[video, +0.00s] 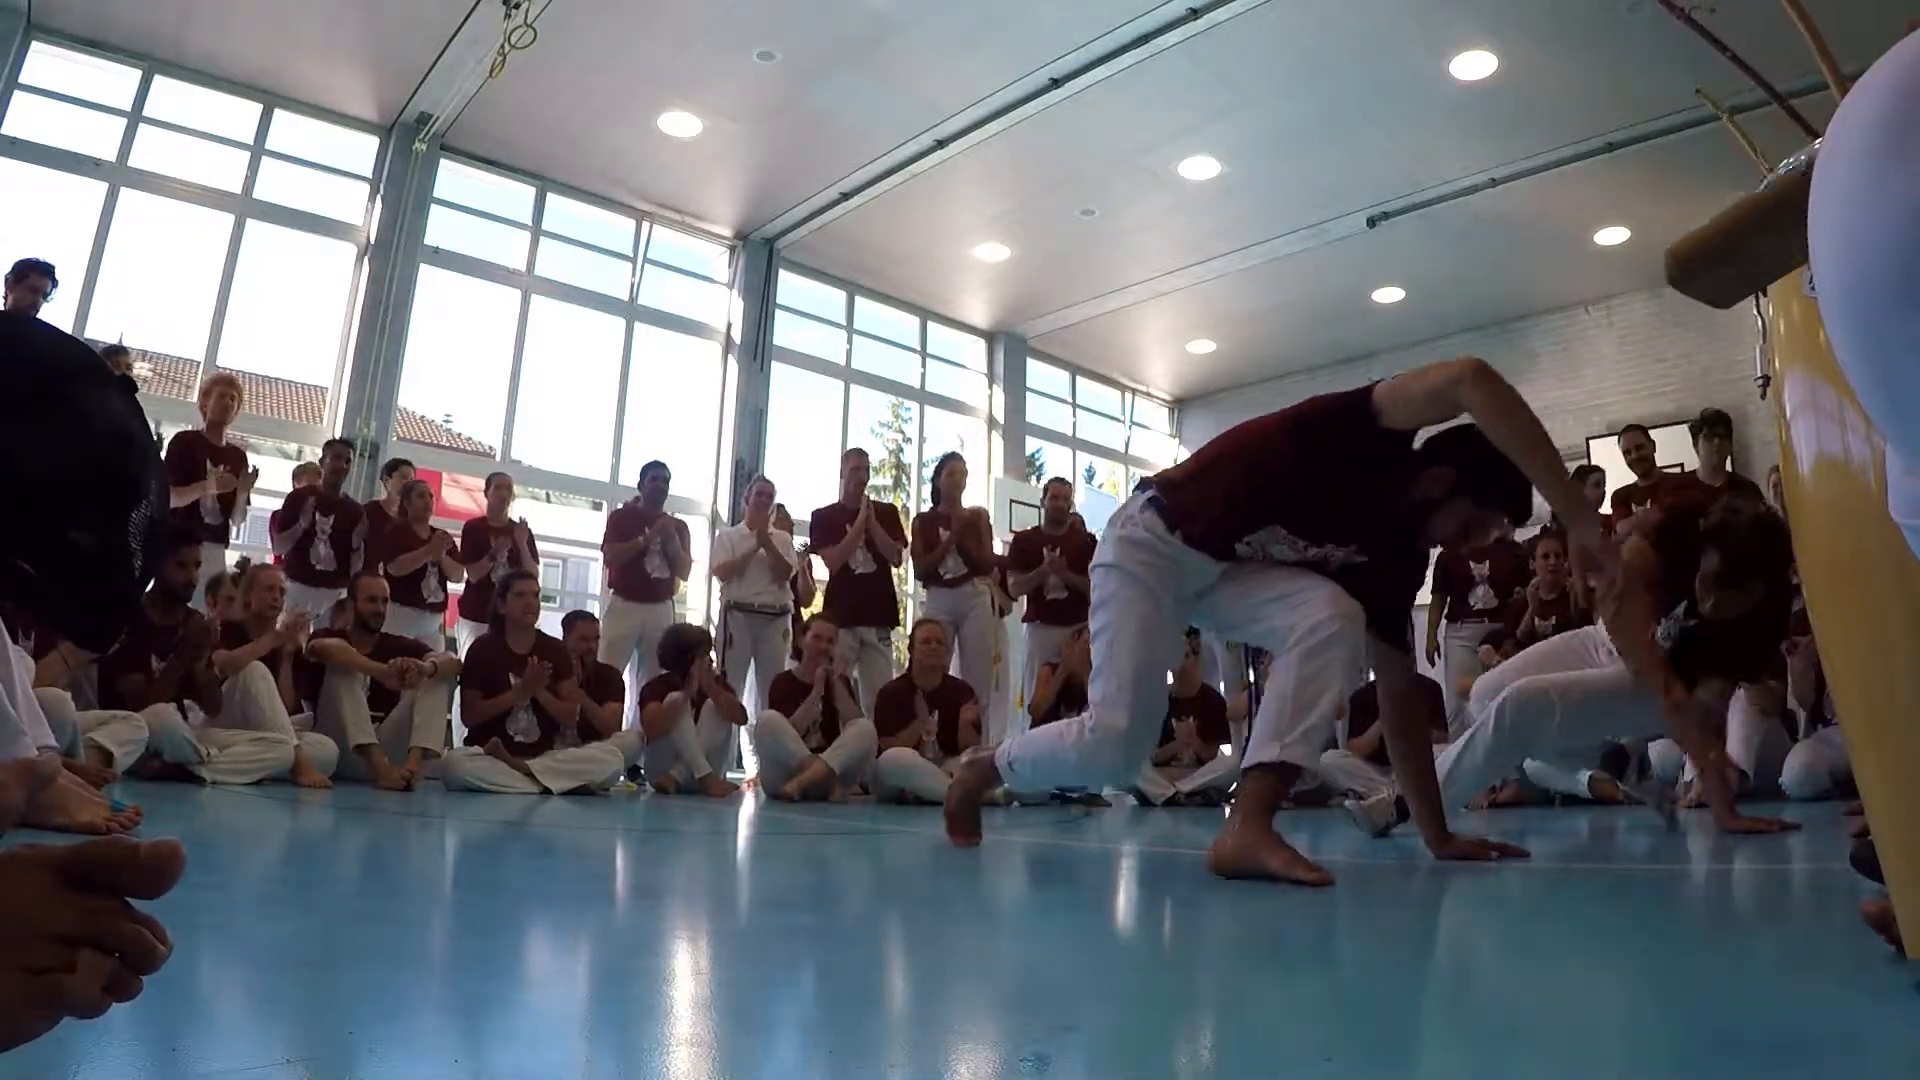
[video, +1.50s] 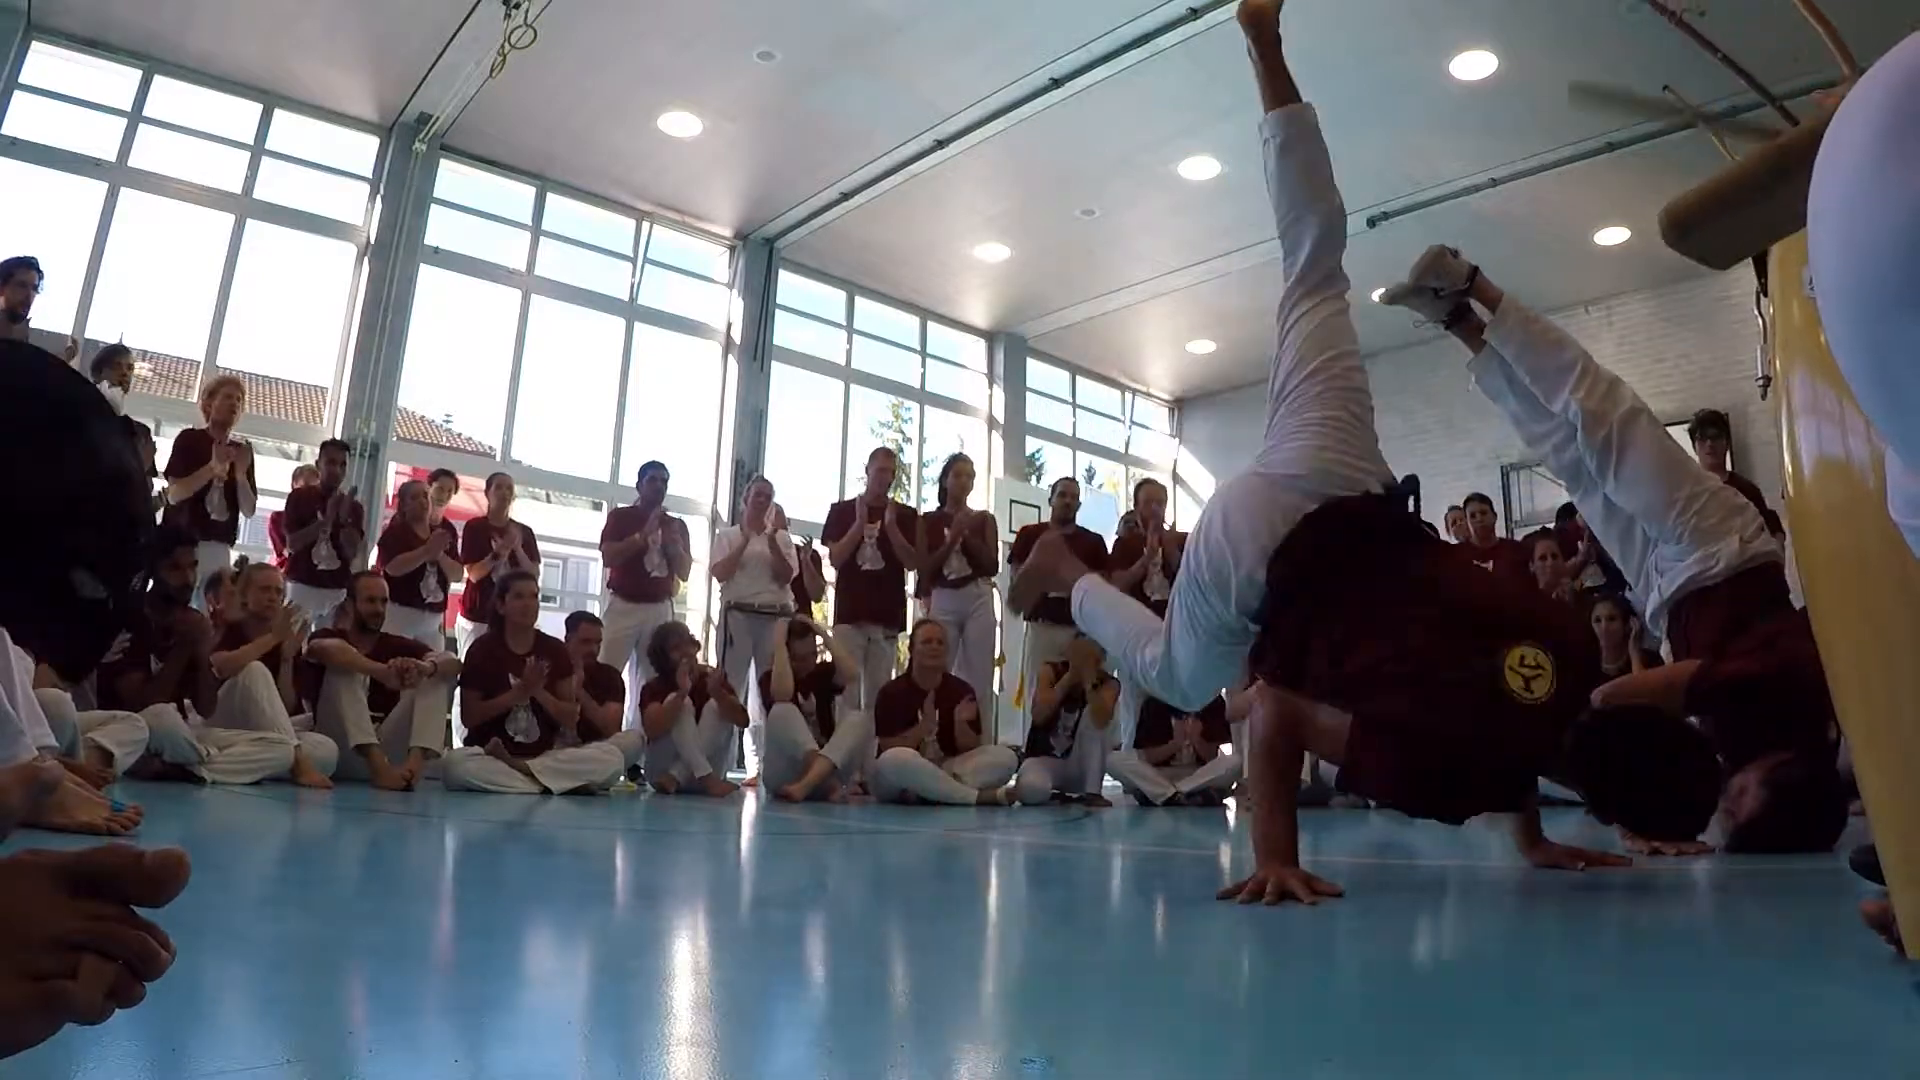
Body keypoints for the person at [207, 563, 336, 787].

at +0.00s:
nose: (277, 598)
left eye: (281, 592)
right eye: (269, 590)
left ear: (285, 599)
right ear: (248, 596)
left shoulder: (286, 643)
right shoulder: (228, 630)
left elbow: (289, 707)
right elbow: (223, 666)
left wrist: (288, 654)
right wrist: (278, 638)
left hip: (270, 731)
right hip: (224, 724)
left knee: (327, 751)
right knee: (254, 671)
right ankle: (299, 762)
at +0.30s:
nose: (277, 598)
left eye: (281, 592)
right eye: (269, 590)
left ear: (286, 598)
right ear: (248, 595)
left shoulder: (285, 644)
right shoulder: (228, 631)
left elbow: (287, 710)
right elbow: (221, 667)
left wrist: (289, 662)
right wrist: (273, 635)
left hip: (269, 732)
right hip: (223, 725)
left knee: (327, 751)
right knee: (254, 671)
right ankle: (299, 763)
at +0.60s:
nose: (276, 598)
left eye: (281, 592)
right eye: (268, 590)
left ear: (286, 598)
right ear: (247, 594)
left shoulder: (284, 643)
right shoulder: (229, 630)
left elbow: (288, 709)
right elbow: (220, 667)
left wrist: (288, 663)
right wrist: (272, 637)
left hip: (269, 733)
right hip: (225, 725)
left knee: (326, 751)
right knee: (254, 671)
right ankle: (299, 761)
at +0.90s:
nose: (276, 599)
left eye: (281, 593)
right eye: (268, 591)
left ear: (286, 599)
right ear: (247, 595)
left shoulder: (292, 647)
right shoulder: (227, 630)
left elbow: (290, 709)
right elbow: (222, 666)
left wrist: (283, 662)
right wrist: (279, 638)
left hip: (270, 733)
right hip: (224, 723)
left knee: (327, 751)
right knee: (254, 670)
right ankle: (299, 761)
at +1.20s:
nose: (274, 597)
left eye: (279, 592)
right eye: (266, 590)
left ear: (284, 598)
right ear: (246, 594)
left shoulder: (289, 644)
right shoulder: (225, 630)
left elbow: (290, 710)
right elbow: (223, 664)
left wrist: (285, 661)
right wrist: (279, 639)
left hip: (271, 732)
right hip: (224, 725)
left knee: (326, 751)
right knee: (254, 671)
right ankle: (298, 762)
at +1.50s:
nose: (272, 597)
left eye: (278, 591)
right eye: (264, 590)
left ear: (283, 597)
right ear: (245, 594)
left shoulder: (287, 640)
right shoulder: (229, 630)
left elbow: (288, 707)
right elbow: (220, 667)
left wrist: (288, 657)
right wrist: (273, 638)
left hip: (269, 732)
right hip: (224, 723)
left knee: (326, 751)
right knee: (254, 671)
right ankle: (298, 761)